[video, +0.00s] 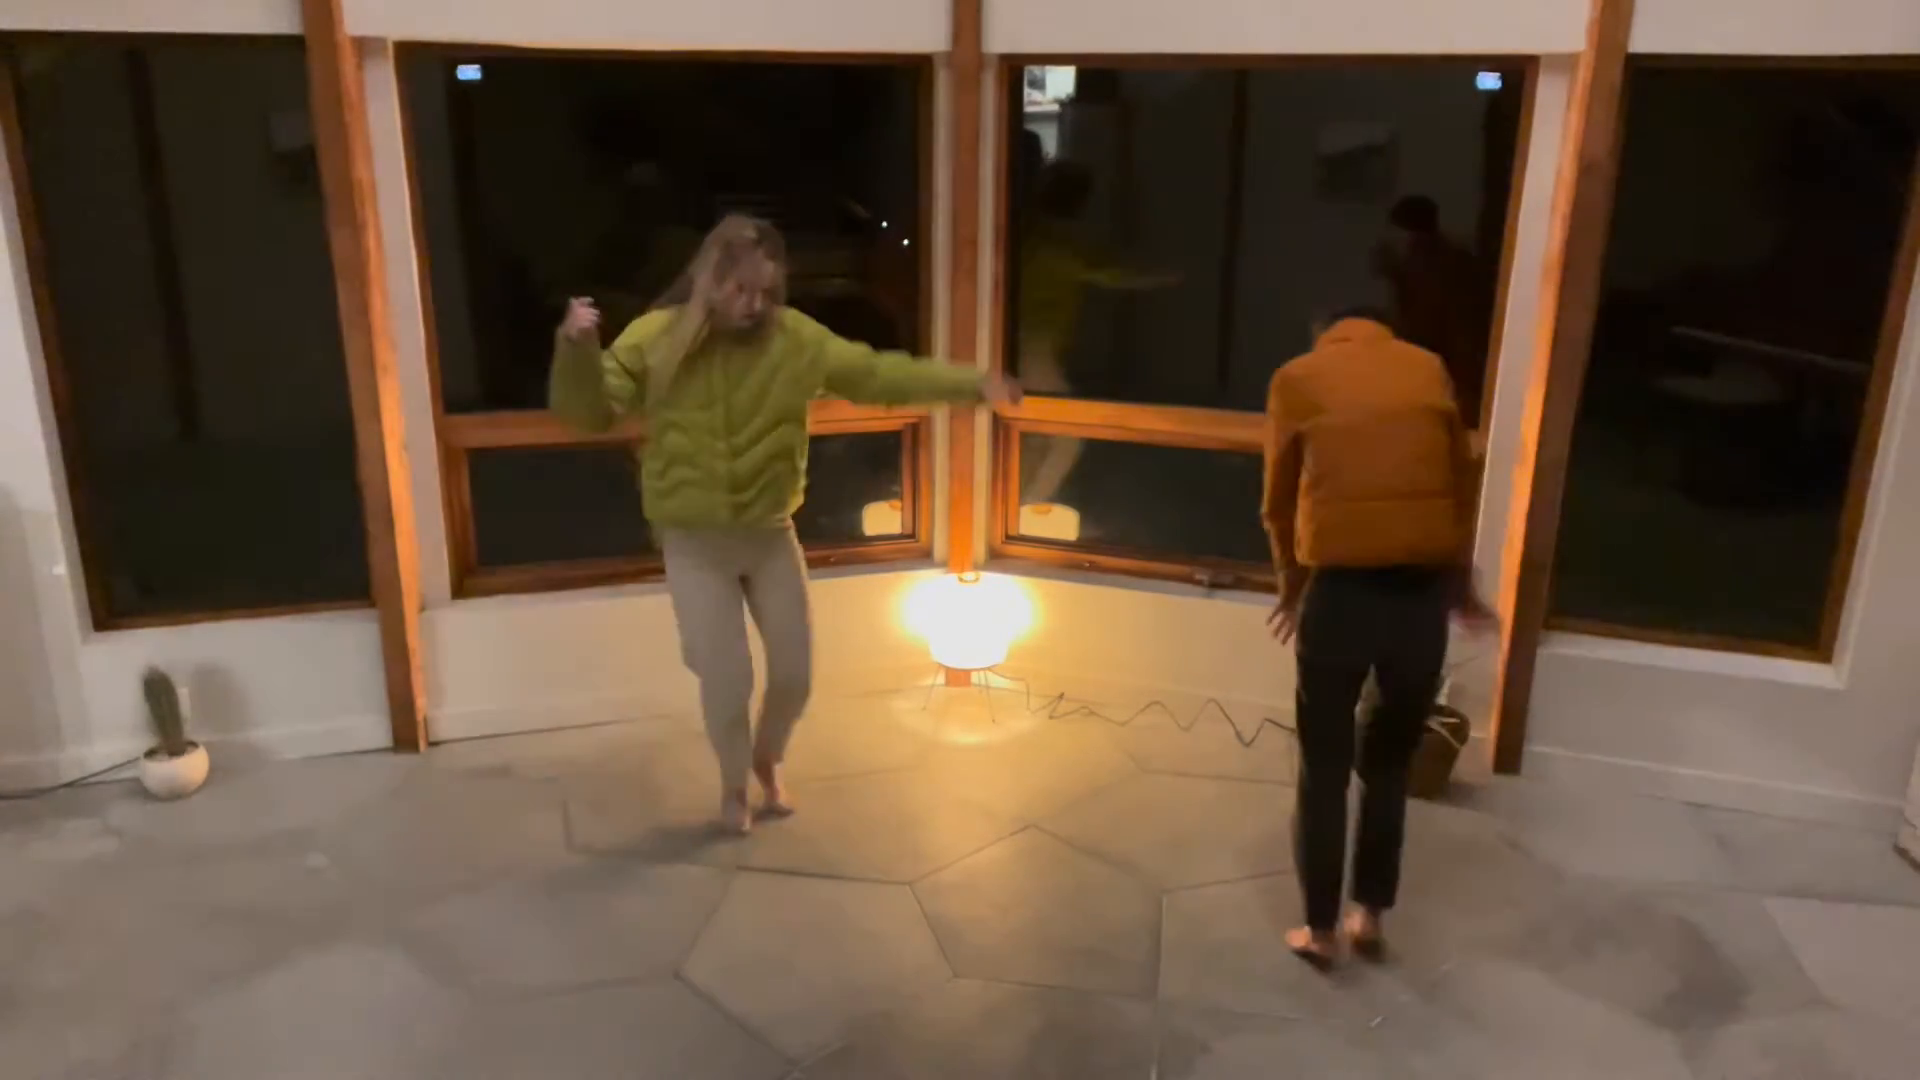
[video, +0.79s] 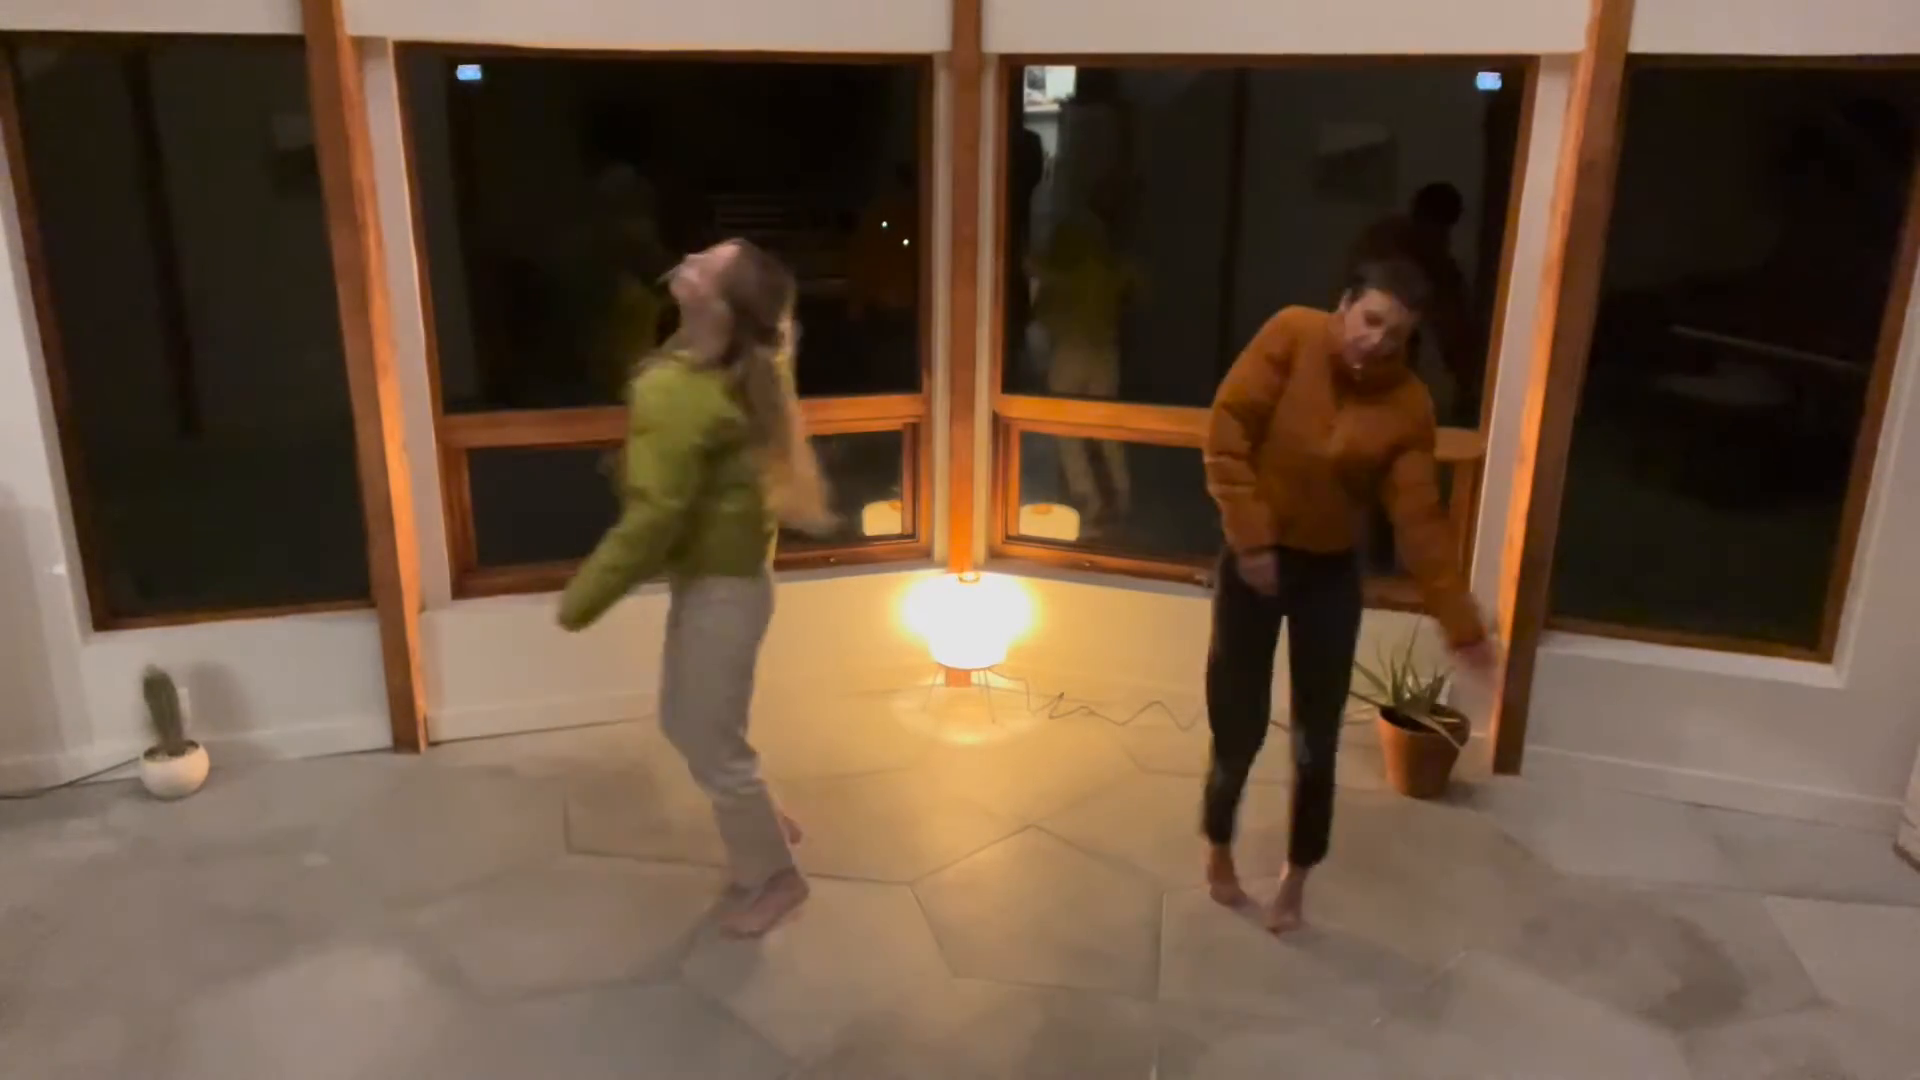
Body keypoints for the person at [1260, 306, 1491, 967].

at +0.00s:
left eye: (1314, 330)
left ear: (1323, 328)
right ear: (1385, 324)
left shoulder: (1297, 378)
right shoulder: (1428, 368)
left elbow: (1278, 499)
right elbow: (1460, 479)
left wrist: (1290, 583)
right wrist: (1462, 576)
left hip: (1338, 590)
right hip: (1420, 593)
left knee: (1323, 759)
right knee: (1389, 756)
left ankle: (1320, 926)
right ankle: (1367, 912)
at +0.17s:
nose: (1272, 362)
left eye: (1270, 349)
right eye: (1269, 349)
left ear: (1282, 340)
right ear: (1333, 323)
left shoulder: (1289, 395)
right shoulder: (1386, 359)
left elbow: (1279, 509)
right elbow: (1433, 471)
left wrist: (1273, 596)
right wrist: (1439, 568)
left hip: (1348, 586)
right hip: (1415, 578)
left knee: (1322, 752)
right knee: (1382, 733)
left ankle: (1335, 912)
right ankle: (1380, 886)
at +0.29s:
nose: (1252, 362)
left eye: (1250, 349)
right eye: (1248, 349)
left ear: (1268, 343)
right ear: (1309, 322)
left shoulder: (1302, 407)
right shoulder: (1358, 362)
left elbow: (1280, 518)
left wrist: (1249, 604)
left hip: (1351, 588)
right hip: (1383, 576)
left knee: (1319, 745)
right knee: (1332, 733)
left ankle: (1337, 882)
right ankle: (1366, 866)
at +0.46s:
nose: (1256, 366)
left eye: (1264, 356)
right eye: (1254, 353)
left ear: (1302, 351)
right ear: (1283, 343)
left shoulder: (1350, 415)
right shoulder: (1298, 372)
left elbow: (1300, 540)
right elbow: (1253, 463)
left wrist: (1250, 636)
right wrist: (1231, 547)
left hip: (1350, 587)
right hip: (1295, 575)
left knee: (1317, 738)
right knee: (1267, 726)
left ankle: (1334, 885)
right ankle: (1265, 851)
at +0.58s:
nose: (1302, 357)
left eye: (1320, 352)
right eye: (1302, 342)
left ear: (1357, 351)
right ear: (1297, 329)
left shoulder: (1385, 412)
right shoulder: (1281, 343)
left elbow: (1345, 541)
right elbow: (1231, 433)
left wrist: (1317, 659)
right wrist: (1220, 539)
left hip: (1337, 577)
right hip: (1274, 562)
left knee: (1311, 731)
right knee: (1257, 724)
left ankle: (1303, 871)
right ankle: (1266, 853)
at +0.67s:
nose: (1331, 355)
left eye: (1349, 347)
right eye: (1329, 337)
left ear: (1383, 350)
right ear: (1321, 320)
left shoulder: (1399, 415)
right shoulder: (1287, 337)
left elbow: (1374, 538)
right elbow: (1226, 431)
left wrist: (1369, 657)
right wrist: (1222, 540)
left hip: (1332, 574)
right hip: (1260, 561)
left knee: (1309, 725)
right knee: (1248, 714)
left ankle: (1286, 864)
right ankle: (1261, 848)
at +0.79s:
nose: (1374, 340)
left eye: (1393, 332)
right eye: (1369, 319)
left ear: (1409, 335)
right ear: (1345, 301)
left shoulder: (1406, 404)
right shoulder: (1292, 335)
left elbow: (1421, 521)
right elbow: (1227, 430)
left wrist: (1463, 628)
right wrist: (1250, 537)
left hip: (1331, 567)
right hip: (1255, 554)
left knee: (1316, 733)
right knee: (1239, 725)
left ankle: (1294, 882)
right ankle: (1219, 850)